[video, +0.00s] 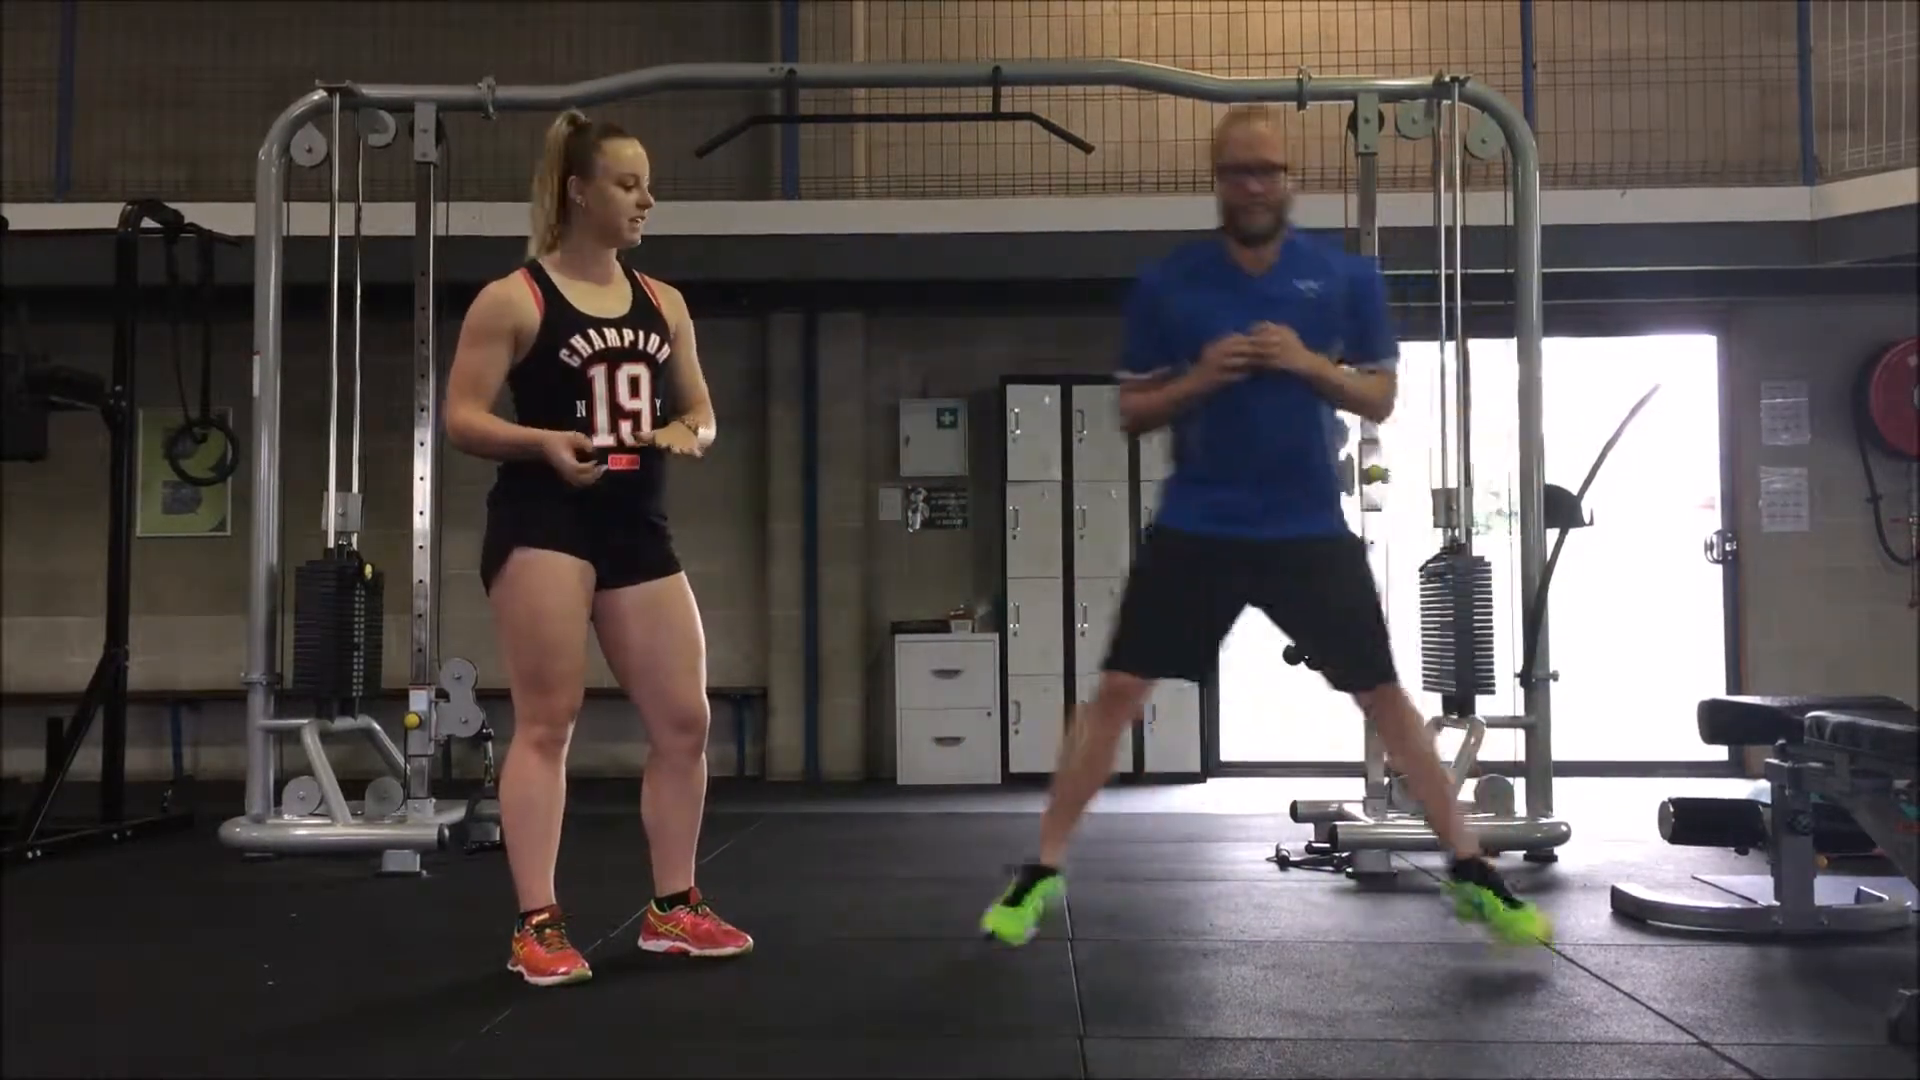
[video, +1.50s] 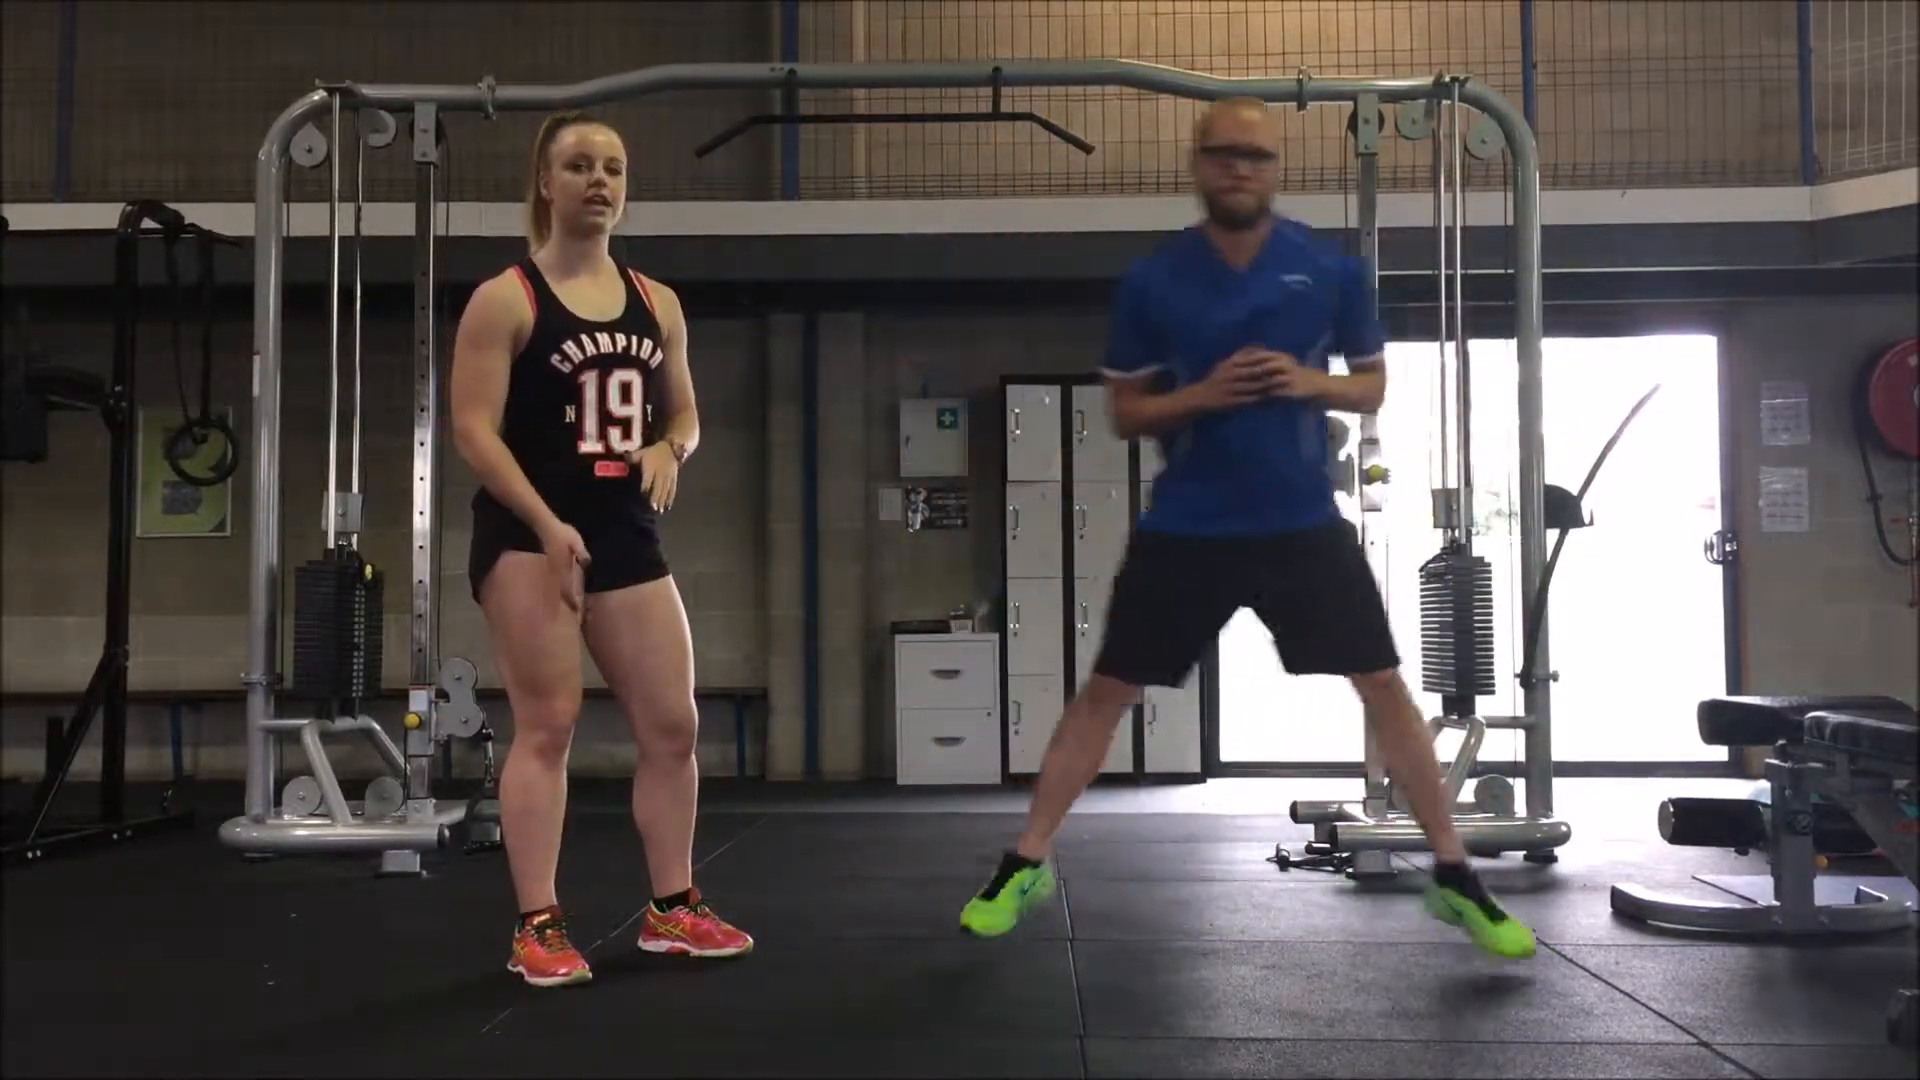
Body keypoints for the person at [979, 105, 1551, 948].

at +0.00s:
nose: (1254, 187)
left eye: (1268, 172)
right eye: (1237, 173)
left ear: (1290, 177)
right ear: (1213, 179)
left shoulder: (1345, 275)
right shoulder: (1167, 283)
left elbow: (1378, 400)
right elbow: (1131, 410)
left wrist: (1309, 364)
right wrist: (1199, 377)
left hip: (1308, 532)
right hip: (1195, 529)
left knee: (1383, 694)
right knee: (1117, 688)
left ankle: (1468, 863)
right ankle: (1044, 865)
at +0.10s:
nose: (1184, 190)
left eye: (1199, 175)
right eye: (1167, 176)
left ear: (1222, 182)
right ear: (1140, 185)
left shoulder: (1269, 281)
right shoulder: (1094, 287)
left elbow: (1297, 411)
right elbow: (1060, 422)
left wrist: (1227, 373)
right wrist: (1135, 388)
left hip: (1231, 534)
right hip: (1121, 537)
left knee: (1322, 692)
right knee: (1058, 705)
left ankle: (1393, 855)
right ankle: (1009, 888)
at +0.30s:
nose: (1069, 211)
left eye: (1081, 196)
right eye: (1051, 197)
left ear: (1100, 197)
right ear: (1021, 201)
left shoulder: (1156, 294)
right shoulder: (982, 311)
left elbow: (1195, 415)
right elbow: (960, 443)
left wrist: (1125, 414)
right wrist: (1032, 424)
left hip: (1149, 548)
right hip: (1038, 557)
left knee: (1230, 695)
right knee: (1012, 725)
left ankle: (1284, 860)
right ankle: (1004, 898)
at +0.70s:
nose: (992, 215)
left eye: (1003, 199)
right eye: (973, 204)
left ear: (1021, 196)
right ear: (943, 209)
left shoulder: (1089, 287)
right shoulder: (920, 318)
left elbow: (1142, 402)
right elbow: (906, 454)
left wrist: (1070, 410)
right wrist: (966, 435)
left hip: (1100, 537)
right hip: (995, 553)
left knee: (1170, 700)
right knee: (994, 727)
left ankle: (1184, 810)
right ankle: (1007, 900)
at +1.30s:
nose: (1091, 237)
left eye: (1107, 224)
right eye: (1075, 223)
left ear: (1131, 236)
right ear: (1049, 232)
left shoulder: (1182, 329)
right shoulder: (1012, 354)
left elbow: (1230, 445)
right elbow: (984, 484)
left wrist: (1165, 447)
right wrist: (1065, 466)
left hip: (1177, 572)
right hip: (1067, 581)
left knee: (1250, 708)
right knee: (1033, 742)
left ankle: (1257, 872)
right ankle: (1011, 905)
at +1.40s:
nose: (1160, 192)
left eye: (1175, 179)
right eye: (1146, 179)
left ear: (1199, 192)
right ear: (1120, 192)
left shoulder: (1248, 287)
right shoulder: (1079, 307)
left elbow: (1294, 407)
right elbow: (1049, 437)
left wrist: (1234, 403)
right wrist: (1128, 421)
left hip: (1234, 540)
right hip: (1122, 548)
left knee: (1316, 684)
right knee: (1064, 715)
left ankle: (1355, 855)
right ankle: (1014, 890)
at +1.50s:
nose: (1240, 172)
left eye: (1257, 157)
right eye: (1223, 156)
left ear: (1279, 166)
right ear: (1194, 165)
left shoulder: (1333, 270)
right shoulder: (1151, 281)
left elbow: (1372, 390)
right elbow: (1125, 412)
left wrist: (1310, 383)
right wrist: (1200, 395)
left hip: (1303, 527)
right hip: (1183, 531)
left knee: (1383, 685)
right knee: (1107, 687)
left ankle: (1455, 872)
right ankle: (1027, 860)